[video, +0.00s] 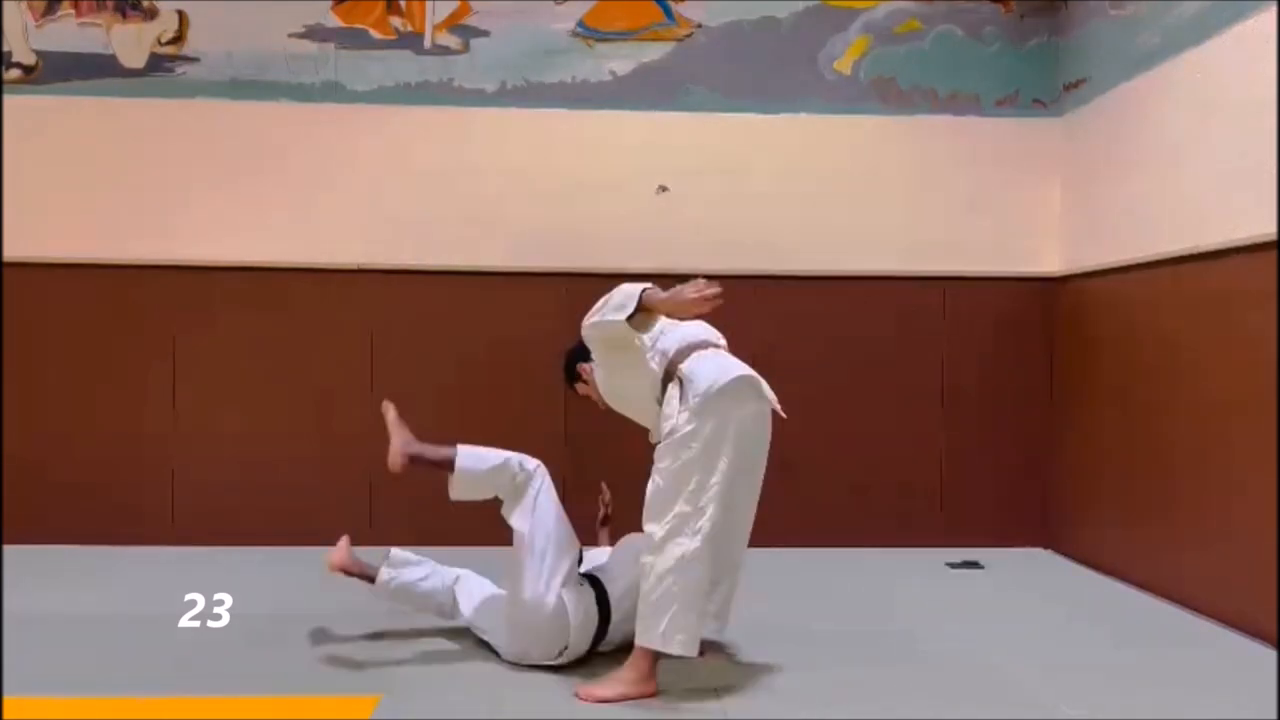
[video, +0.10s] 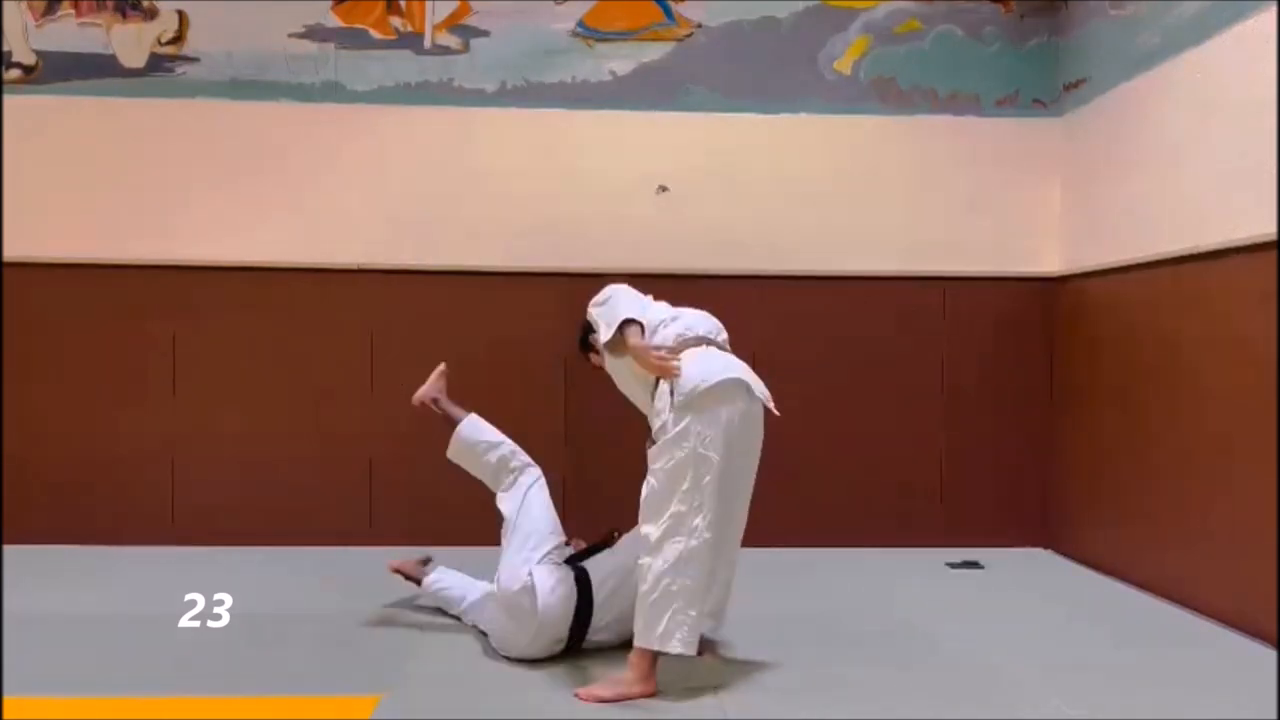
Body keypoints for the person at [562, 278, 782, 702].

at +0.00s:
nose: (596, 403)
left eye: (585, 393)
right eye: (588, 399)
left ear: (585, 370)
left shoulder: (598, 335)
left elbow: (618, 300)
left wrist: (664, 302)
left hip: (705, 385)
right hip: (750, 390)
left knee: (669, 526)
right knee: (718, 521)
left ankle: (640, 668)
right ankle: (701, 639)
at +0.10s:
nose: (604, 369)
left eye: (599, 360)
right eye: (600, 365)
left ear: (596, 340)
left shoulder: (609, 300)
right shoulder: (673, 320)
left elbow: (625, 312)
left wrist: (638, 348)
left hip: (699, 395)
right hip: (745, 395)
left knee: (664, 527)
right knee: (717, 520)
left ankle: (640, 671)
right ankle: (698, 634)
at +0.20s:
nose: (601, 333)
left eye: (600, 323)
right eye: (601, 327)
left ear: (596, 302)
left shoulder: (616, 281)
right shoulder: (674, 304)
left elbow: (627, 295)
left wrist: (636, 346)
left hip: (695, 393)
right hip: (738, 394)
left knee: (663, 525)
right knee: (707, 520)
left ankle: (639, 670)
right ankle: (689, 631)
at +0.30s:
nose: (603, 300)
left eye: (599, 290)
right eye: (599, 293)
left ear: (605, 268)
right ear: (632, 254)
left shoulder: (620, 262)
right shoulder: (670, 279)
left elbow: (642, 293)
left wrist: (653, 352)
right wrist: (651, 390)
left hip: (697, 386)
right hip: (731, 387)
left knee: (664, 519)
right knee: (700, 516)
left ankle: (639, 666)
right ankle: (686, 629)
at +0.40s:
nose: (602, 249)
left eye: (600, 238)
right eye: (599, 239)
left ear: (614, 227)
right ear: (640, 222)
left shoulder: (637, 239)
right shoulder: (673, 248)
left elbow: (674, 292)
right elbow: (702, 318)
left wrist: (691, 369)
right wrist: (651, 380)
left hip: (694, 380)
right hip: (715, 378)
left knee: (672, 513)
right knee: (694, 508)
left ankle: (681, 654)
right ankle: (695, 624)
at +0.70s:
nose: (640, 182)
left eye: (649, 172)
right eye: (642, 172)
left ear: (681, 176)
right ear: (677, 177)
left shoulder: (712, 229)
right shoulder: (677, 231)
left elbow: (744, 311)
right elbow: (692, 314)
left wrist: (742, 395)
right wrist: (669, 379)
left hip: (715, 392)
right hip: (685, 391)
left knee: (724, 521)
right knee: (687, 515)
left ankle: (756, 650)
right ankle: (688, 626)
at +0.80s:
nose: (652, 194)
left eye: (659, 183)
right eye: (651, 184)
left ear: (691, 180)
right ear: (685, 181)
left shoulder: (731, 234)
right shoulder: (686, 235)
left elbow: (755, 322)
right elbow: (695, 316)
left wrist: (739, 403)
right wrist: (690, 383)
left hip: (737, 397)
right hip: (704, 394)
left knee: (738, 524)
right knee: (694, 514)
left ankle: (761, 654)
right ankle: (688, 623)